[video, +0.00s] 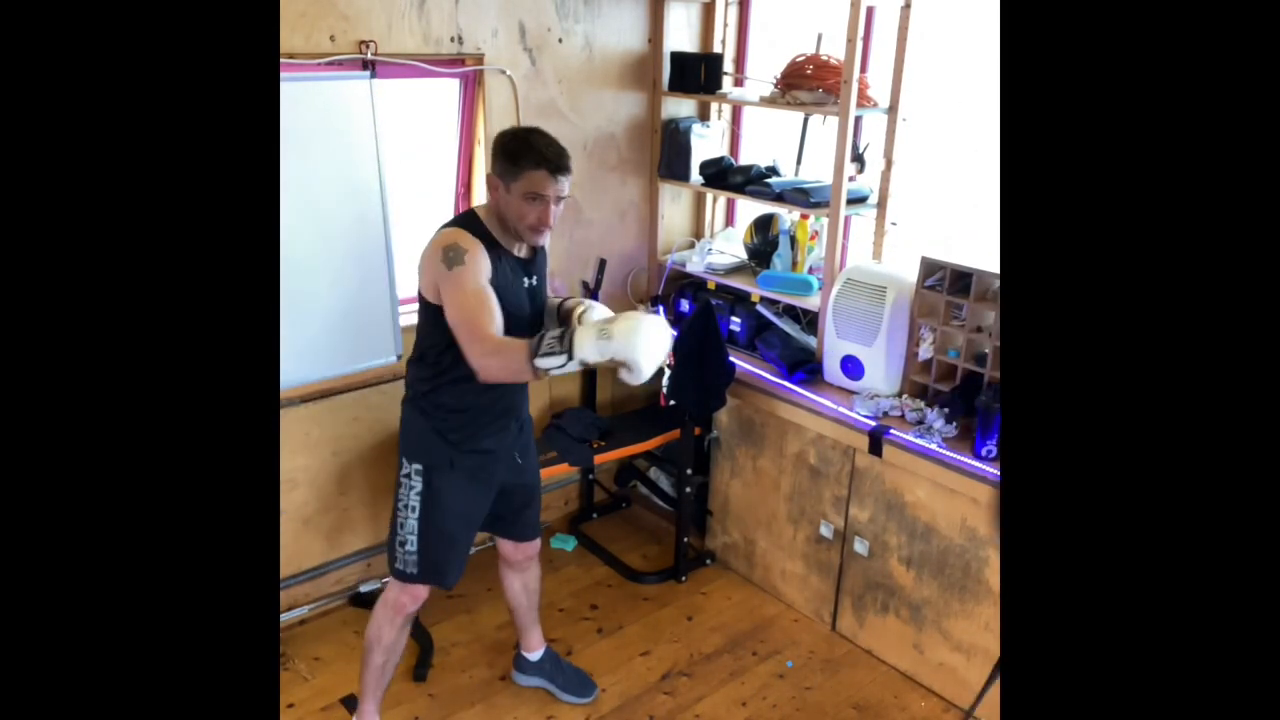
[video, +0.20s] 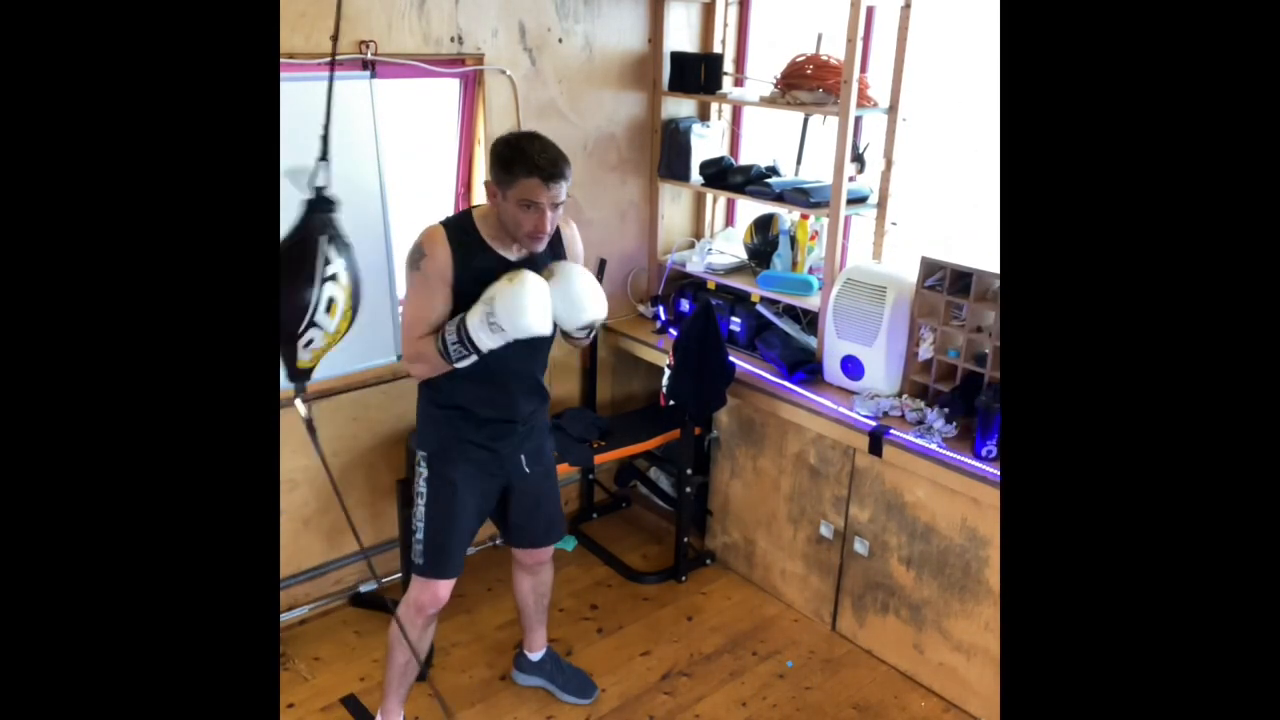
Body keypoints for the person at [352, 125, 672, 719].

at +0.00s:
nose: (548, 216)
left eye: (557, 201)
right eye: (534, 199)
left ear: (564, 196)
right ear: (494, 188)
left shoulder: (532, 243)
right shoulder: (457, 250)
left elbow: (532, 312)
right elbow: (488, 360)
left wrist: (575, 314)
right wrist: (571, 349)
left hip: (509, 427)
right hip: (444, 439)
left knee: (522, 549)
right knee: (409, 589)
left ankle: (534, 655)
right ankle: (366, 710)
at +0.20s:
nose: (545, 223)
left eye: (555, 206)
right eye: (530, 206)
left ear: (565, 198)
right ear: (493, 194)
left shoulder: (562, 235)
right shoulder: (440, 248)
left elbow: (579, 336)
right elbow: (414, 358)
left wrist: (581, 315)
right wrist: (481, 328)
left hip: (529, 432)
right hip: (454, 439)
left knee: (537, 553)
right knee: (431, 591)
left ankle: (535, 656)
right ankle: (390, 712)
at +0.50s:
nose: (512, 256)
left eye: (520, 239)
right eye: (496, 241)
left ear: (528, 226)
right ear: (455, 226)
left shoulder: (518, 257)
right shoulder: (390, 268)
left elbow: (542, 363)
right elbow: (376, 388)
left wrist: (539, 334)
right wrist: (431, 348)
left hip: (491, 449)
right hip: (413, 461)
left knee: (521, 562)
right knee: (369, 609)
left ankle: (534, 658)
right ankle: (329, 713)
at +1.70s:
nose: (422, 232)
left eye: (434, 212)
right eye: (403, 217)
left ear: (451, 199)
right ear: (375, 209)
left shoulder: (480, 254)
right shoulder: (370, 256)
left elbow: (492, 368)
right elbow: (360, 343)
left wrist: (415, 384)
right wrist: (334, 353)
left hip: (487, 446)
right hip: (405, 452)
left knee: (530, 580)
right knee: (372, 614)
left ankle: (534, 662)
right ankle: (349, 715)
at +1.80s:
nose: (471, 225)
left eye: (478, 208)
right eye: (454, 211)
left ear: (485, 199)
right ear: (410, 207)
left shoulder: (505, 254)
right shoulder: (371, 261)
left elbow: (549, 355)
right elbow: (347, 368)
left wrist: (502, 398)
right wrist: (341, 356)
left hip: (495, 445)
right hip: (408, 452)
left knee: (535, 581)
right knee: (376, 616)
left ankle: (536, 662)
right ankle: (347, 715)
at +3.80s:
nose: (771, 215)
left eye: (786, 199)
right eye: (757, 199)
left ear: (808, 192)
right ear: (738, 193)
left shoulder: (839, 254)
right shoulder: (711, 246)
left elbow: (853, 374)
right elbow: (679, 357)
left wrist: (817, 322)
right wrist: (702, 310)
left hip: (795, 442)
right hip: (717, 437)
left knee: (810, 577)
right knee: (691, 572)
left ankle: (811, 652)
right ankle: (679, 670)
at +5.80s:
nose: (834, 262)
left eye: (852, 246)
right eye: (823, 244)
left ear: (885, 234)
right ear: (810, 230)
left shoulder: (918, 288)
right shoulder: (821, 272)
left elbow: (916, 418)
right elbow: (800, 348)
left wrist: (822, 421)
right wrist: (766, 324)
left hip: (896, 479)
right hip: (822, 464)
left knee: (929, 645)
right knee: (768, 573)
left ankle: (958, 718)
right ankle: (744, 676)